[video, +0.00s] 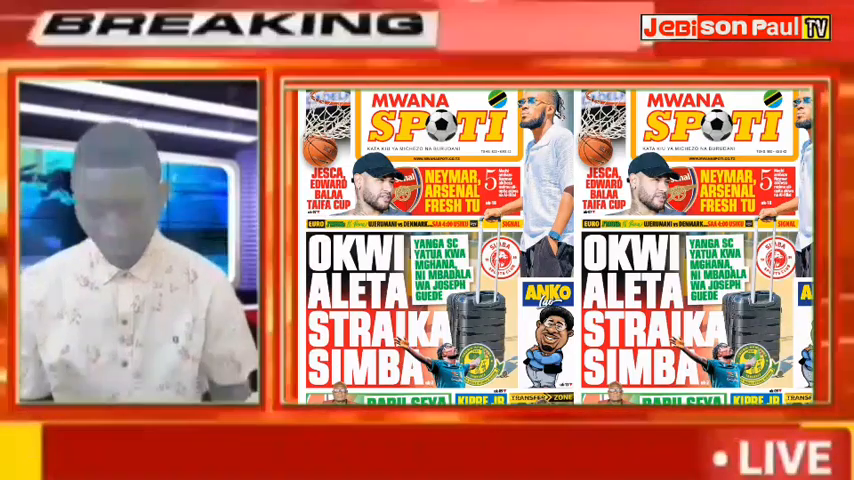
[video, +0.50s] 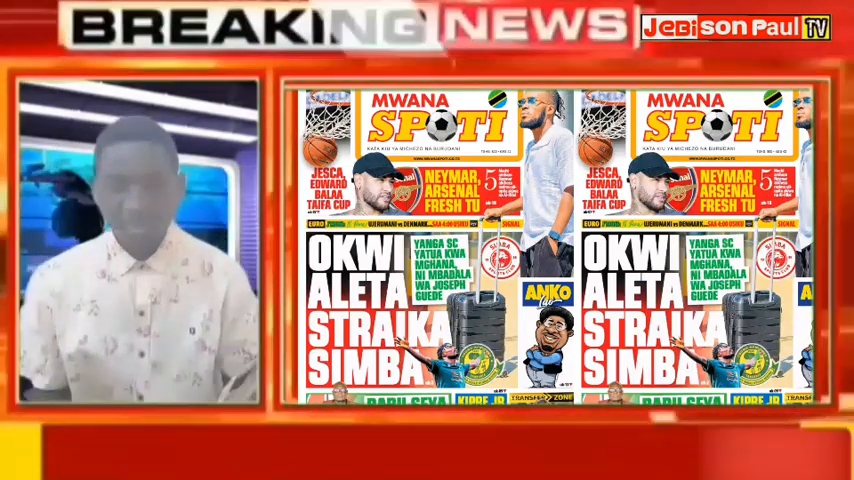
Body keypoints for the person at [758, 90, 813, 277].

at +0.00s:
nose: (799, 107)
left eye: (806, 101)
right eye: (797, 103)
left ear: (820, 107)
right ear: (794, 110)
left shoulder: (826, 148)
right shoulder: (806, 149)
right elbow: (805, 196)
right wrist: (777, 211)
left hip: (819, 239)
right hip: (804, 239)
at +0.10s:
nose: (799, 107)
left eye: (806, 101)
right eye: (797, 103)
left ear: (820, 107)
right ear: (794, 110)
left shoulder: (826, 148)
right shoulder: (806, 149)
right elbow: (805, 196)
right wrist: (777, 211)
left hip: (819, 239)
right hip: (803, 239)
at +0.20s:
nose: (799, 107)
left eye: (806, 101)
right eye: (797, 103)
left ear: (820, 107)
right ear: (794, 110)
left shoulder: (827, 147)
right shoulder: (806, 149)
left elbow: (831, 193)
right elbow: (805, 196)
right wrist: (777, 211)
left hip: (819, 239)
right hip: (803, 239)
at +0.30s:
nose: (799, 107)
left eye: (806, 101)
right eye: (797, 103)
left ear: (820, 107)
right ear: (794, 110)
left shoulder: (827, 148)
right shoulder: (806, 149)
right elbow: (805, 196)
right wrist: (777, 211)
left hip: (820, 239)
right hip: (804, 239)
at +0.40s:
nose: (799, 107)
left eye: (806, 101)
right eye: (797, 103)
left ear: (820, 107)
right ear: (794, 110)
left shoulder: (827, 148)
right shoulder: (806, 149)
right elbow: (805, 196)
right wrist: (777, 211)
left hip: (820, 240)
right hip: (804, 239)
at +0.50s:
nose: (799, 107)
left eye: (806, 101)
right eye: (797, 103)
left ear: (820, 107)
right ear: (793, 109)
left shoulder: (825, 148)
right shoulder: (806, 149)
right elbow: (805, 196)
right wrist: (777, 210)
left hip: (819, 239)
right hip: (803, 239)